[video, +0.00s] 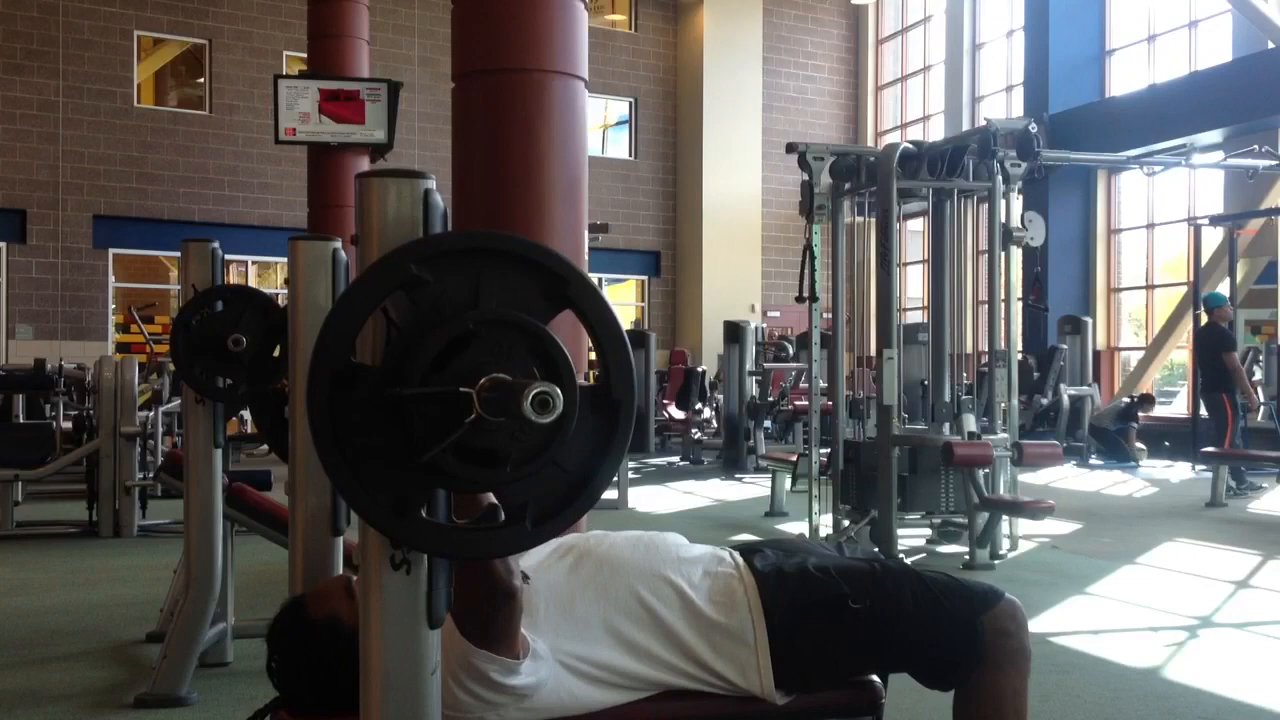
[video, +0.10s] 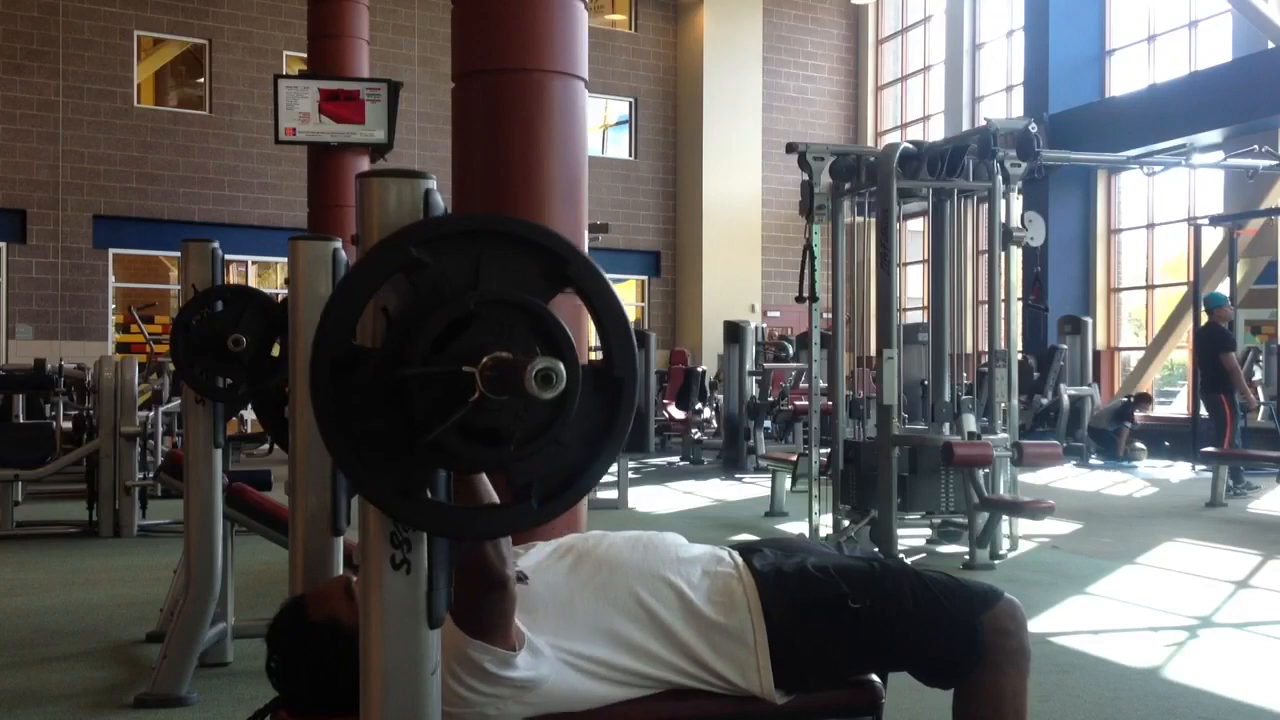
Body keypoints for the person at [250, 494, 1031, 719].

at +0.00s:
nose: (356, 579)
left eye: (346, 580)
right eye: (344, 594)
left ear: (365, 592)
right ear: (352, 636)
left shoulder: (456, 627)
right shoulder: (472, 681)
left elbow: (494, 561)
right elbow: (490, 589)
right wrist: (449, 444)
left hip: (741, 575)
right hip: (753, 612)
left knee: (974, 605)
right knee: (994, 625)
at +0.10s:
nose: (355, 571)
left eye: (340, 573)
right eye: (342, 587)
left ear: (358, 591)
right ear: (351, 633)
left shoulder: (463, 629)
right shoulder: (467, 677)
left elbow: (551, 525)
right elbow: (479, 556)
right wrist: (448, 418)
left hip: (739, 574)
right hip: (756, 610)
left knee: (963, 604)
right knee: (996, 627)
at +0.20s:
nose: (357, 567)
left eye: (342, 569)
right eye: (343, 585)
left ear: (364, 579)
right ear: (353, 640)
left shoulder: (460, 605)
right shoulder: (461, 673)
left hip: (746, 567)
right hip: (758, 609)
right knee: (994, 626)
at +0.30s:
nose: (354, 568)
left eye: (340, 567)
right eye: (343, 582)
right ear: (353, 636)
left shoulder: (457, 623)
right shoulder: (466, 670)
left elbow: (465, 534)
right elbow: (472, 531)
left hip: (740, 575)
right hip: (758, 608)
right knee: (993, 624)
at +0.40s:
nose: (361, 572)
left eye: (345, 572)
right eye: (346, 589)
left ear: (361, 593)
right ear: (352, 640)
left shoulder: (450, 635)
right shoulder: (464, 680)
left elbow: (480, 527)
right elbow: (480, 534)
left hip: (736, 578)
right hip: (753, 610)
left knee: (963, 603)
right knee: (990, 624)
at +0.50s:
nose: (363, 570)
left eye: (347, 571)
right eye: (351, 586)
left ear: (346, 669)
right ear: (361, 647)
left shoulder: (452, 640)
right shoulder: (467, 667)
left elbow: (466, 512)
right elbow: (479, 499)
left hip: (726, 578)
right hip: (753, 606)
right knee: (992, 623)